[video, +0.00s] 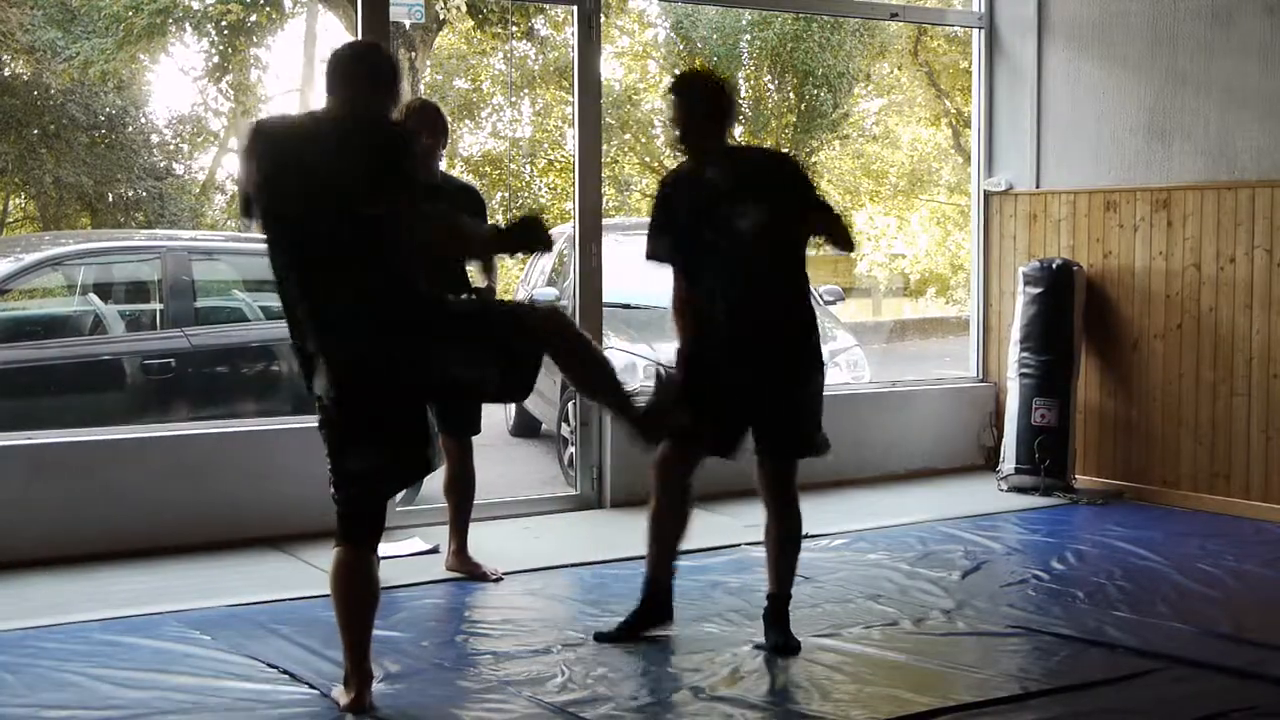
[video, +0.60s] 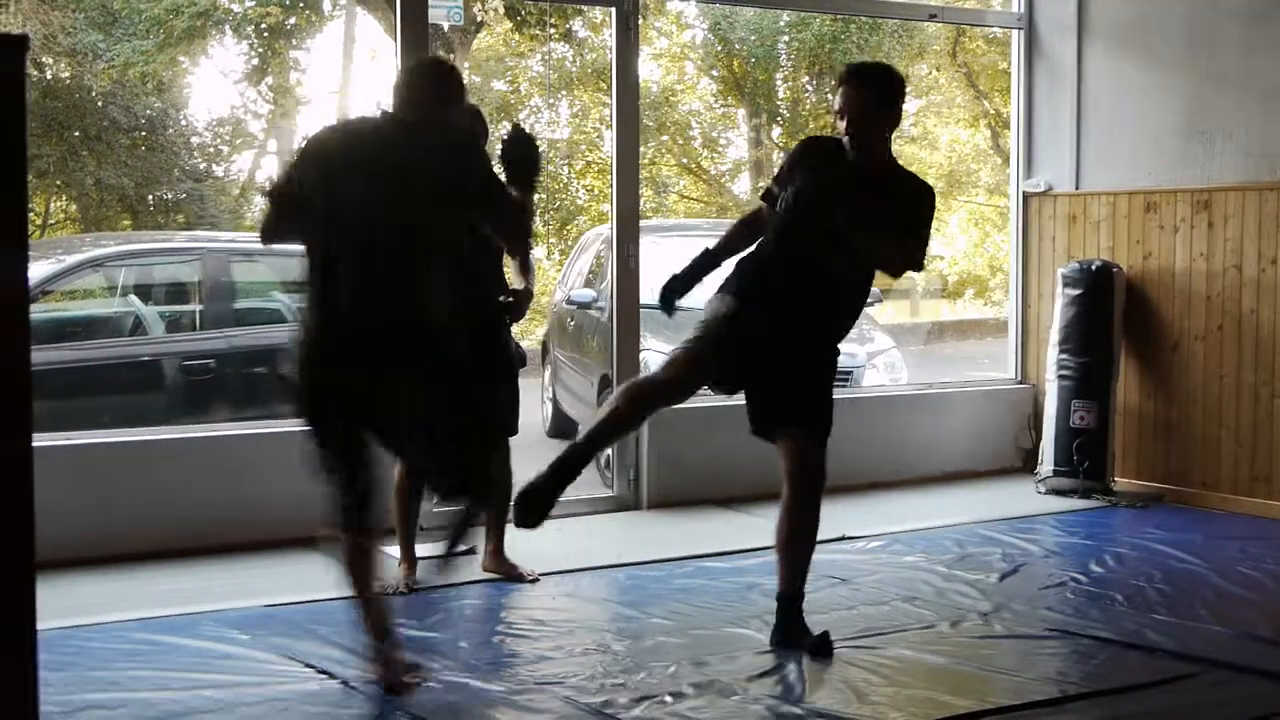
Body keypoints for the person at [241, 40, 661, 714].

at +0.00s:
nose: (428, 140)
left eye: (435, 133)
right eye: (421, 129)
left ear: (326, 89)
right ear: (390, 107)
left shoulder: (271, 140)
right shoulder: (391, 165)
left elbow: (252, 210)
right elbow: (459, 241)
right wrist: (509, 238)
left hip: (348, 359)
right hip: (425, 337)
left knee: (356, 537)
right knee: (550, 326)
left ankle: (357, 682)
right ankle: (637, 420)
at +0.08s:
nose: (420, 101)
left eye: (414, 89)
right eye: (418, 89)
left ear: (350, 84)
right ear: (411, 89)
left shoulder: (298, 139)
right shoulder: (417, 144)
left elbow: (279, 210)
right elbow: (481, 228)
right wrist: (539, 209)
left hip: (353, 357)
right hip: (435, 337)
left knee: (359, 533)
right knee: (560, 327)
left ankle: (358, 682)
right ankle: (608, 455)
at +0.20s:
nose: (442, 93)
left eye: (440, 81)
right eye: (440, 81)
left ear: (371, 75)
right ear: (430, 79)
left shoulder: (319, 127)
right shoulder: (438, 129)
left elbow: (295, 205)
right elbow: (481, 220)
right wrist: (531, 190)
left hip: (365, 358)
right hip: (449, 346)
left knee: (361, 530)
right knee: (568, 408)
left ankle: (359, 678)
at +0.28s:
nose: (456, 106)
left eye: (454, 95)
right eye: (453, 95)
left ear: (388, 90)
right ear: (444, 94)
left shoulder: (338, 152)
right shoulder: (458, 146)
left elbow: (298, 224)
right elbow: (510, 226)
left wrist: (359, 186)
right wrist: (534, 178)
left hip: (375, 367)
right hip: (460, 359)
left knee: (351, 509)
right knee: (553, 477)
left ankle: (359, 654)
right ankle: (579, 661)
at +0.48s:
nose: (476, 143)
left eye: (476, 133)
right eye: (474, 132)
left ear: (408, 122)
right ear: (461, 128)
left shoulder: (342, 182)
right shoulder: (468, 174)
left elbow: (301, 265)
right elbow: (526, 253)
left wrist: (369, 249)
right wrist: (544, 205)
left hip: (379, 385)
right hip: (463, 382)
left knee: (393, 527)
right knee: (534, 522)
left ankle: (399, 671)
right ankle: (608, 657)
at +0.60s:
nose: (463, 116)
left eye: (458, 104)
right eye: (461, 104)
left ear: (400, 93)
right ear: (449, 103)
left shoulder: (334, 147)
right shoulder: (457, 160)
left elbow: (276, 226)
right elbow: (516, 231)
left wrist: (342, 217)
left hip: (339, 352)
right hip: (424, 352)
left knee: (357, 505)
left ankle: (386, 658)